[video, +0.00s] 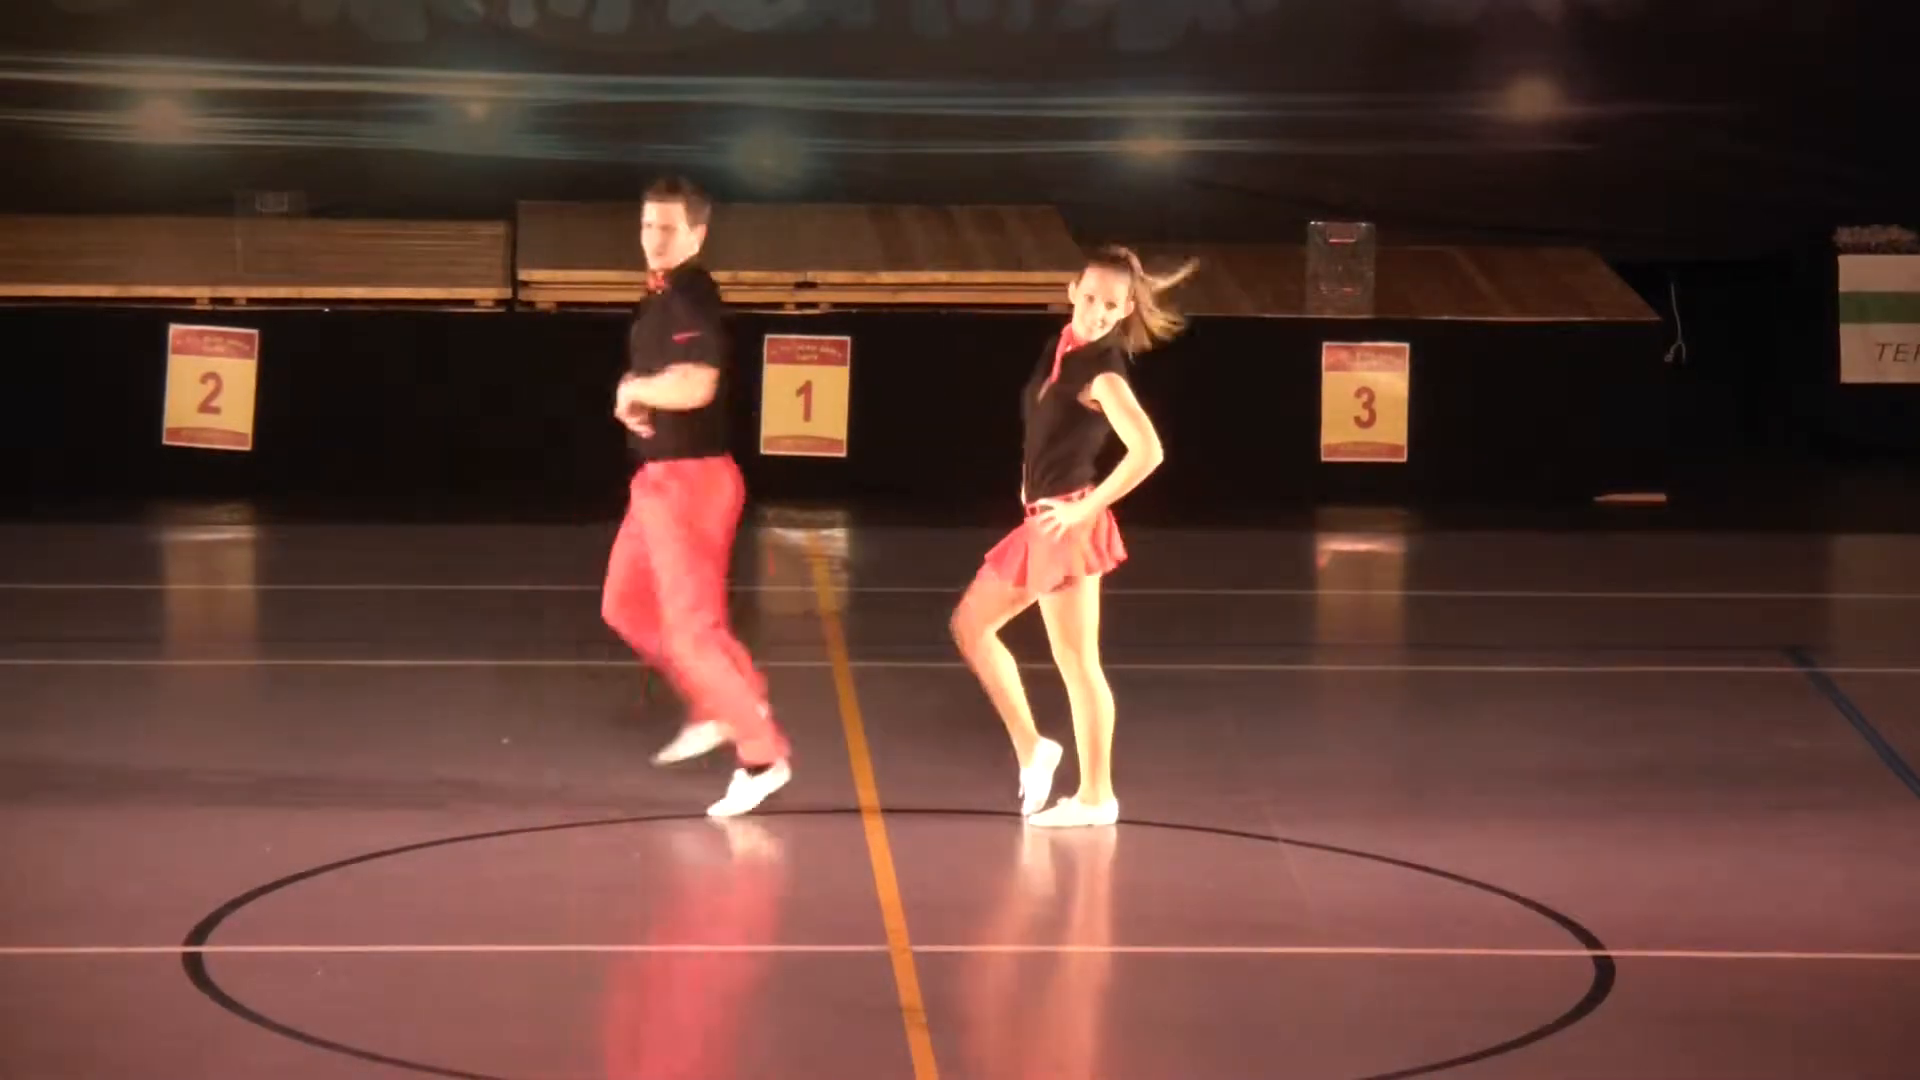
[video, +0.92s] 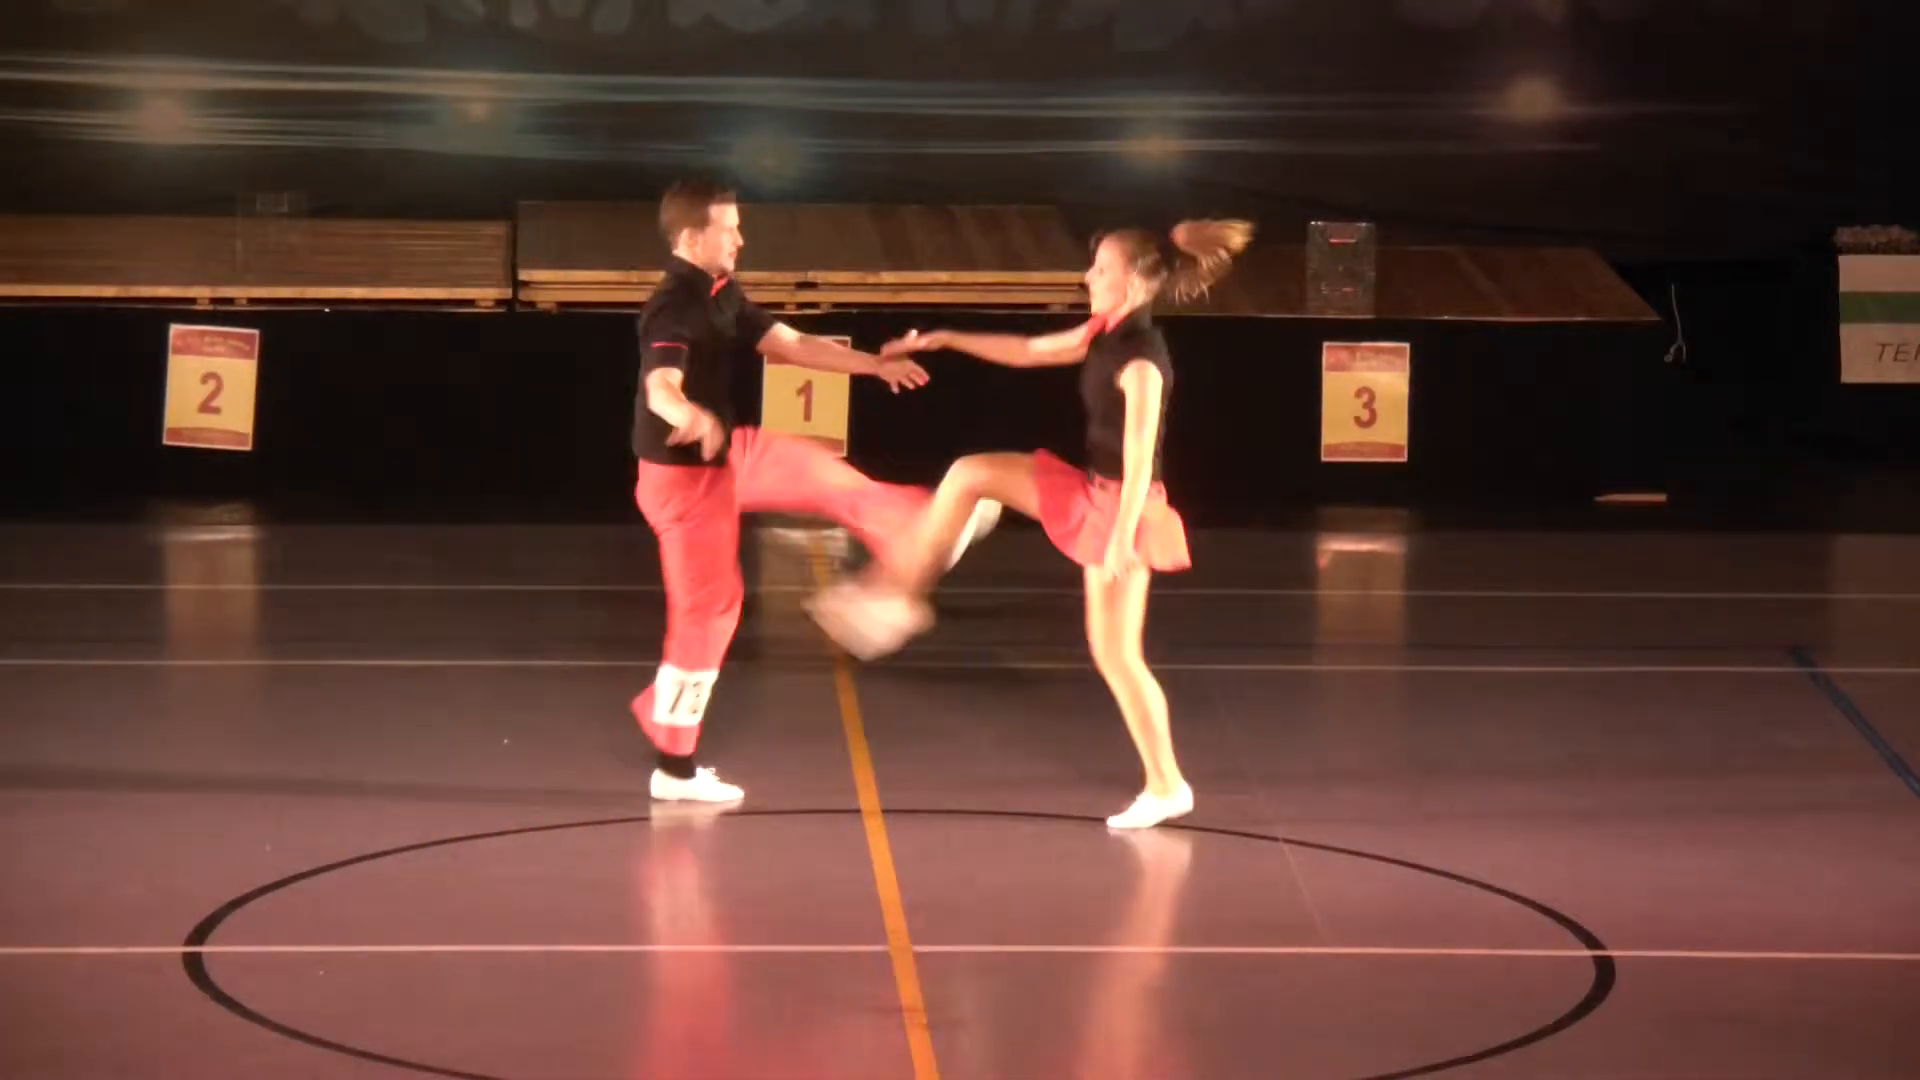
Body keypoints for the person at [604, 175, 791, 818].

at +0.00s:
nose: (655, 238)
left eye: (669, 227)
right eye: (649, 226)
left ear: (698, 230)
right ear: (641, 228)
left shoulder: (693, 294)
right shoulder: (659, 299)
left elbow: (698, 384)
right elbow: (663, 377)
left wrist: (631, 389)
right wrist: (635, 404)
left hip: (693, 481)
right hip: (659, 479)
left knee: (692, 625)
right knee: (626, 605)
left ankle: (765, 757)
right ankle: (711, 709)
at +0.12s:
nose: (685, 249)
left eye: (696, 237)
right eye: (674, 237)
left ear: (718, 239)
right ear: (657, 241)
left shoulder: (749, 311)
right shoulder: (625, 313)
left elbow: (791, 396)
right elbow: (575, 369)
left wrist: (718, 404)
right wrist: (610, 391)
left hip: (735, 497)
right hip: (655, 498)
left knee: (748, 633)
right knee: (632, 635)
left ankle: (727, 768)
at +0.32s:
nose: (712, 241)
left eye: (722, 228)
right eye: (701, 229)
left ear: (740, 231)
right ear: (682, 232)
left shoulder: (750, 293)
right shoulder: (660, 295)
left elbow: (780, 379)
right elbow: (621, 391)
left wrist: (789, 353)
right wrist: (678, 345)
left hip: (726, 476)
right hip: (662, 473)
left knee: (721, 615)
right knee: (667, 611)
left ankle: (711, 750)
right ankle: (639, 756)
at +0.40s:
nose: (711, 242)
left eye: (721, 230)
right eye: (701, 230)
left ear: (739, 234)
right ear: (683, 233)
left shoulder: (746, 293)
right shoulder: (661, 301)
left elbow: (770, 374)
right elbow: (632, 401)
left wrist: (782, 352)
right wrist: (663, 374)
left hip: (723, 474)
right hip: (665, 471)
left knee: (694, 599)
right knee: (728, 598)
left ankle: (631, 719)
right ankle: (708, 743)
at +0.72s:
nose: (738, 243)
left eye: (741, 232)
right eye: (726, 231)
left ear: (738, 236)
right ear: (690, 236)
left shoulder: (734, 292)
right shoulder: (664, 305)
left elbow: (768, 354)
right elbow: (637, 404)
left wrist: (830, 360)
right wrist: (697, 376)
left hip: (735, 470)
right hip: (692, 473)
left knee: (706, 590)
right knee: (750, 595)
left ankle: (641, 699)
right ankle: (770, 748)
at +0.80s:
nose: (746, 224)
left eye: (745, 213)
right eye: (735, 213)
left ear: (716, 222)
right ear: (696, 219)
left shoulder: (728, 283)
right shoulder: (670, 289)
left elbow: (780, 338)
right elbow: (633, 385)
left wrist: (853, 352)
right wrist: (705, 342)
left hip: (736, 451)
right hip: (688, 458)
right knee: (728, 572)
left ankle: (713, 640)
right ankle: (731, 736)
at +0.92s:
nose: (738, 239)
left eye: (737, 228)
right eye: (727, 229)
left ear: (710, 237)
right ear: (690, 237)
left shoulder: (722, 296)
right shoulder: (673, 307)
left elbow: (789, 344)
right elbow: (660, 389)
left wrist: (872, 363)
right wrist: (691, 416)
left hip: (732, 455)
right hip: (684, 481)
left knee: (824, 473)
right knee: (706, 607)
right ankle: (674, 767)